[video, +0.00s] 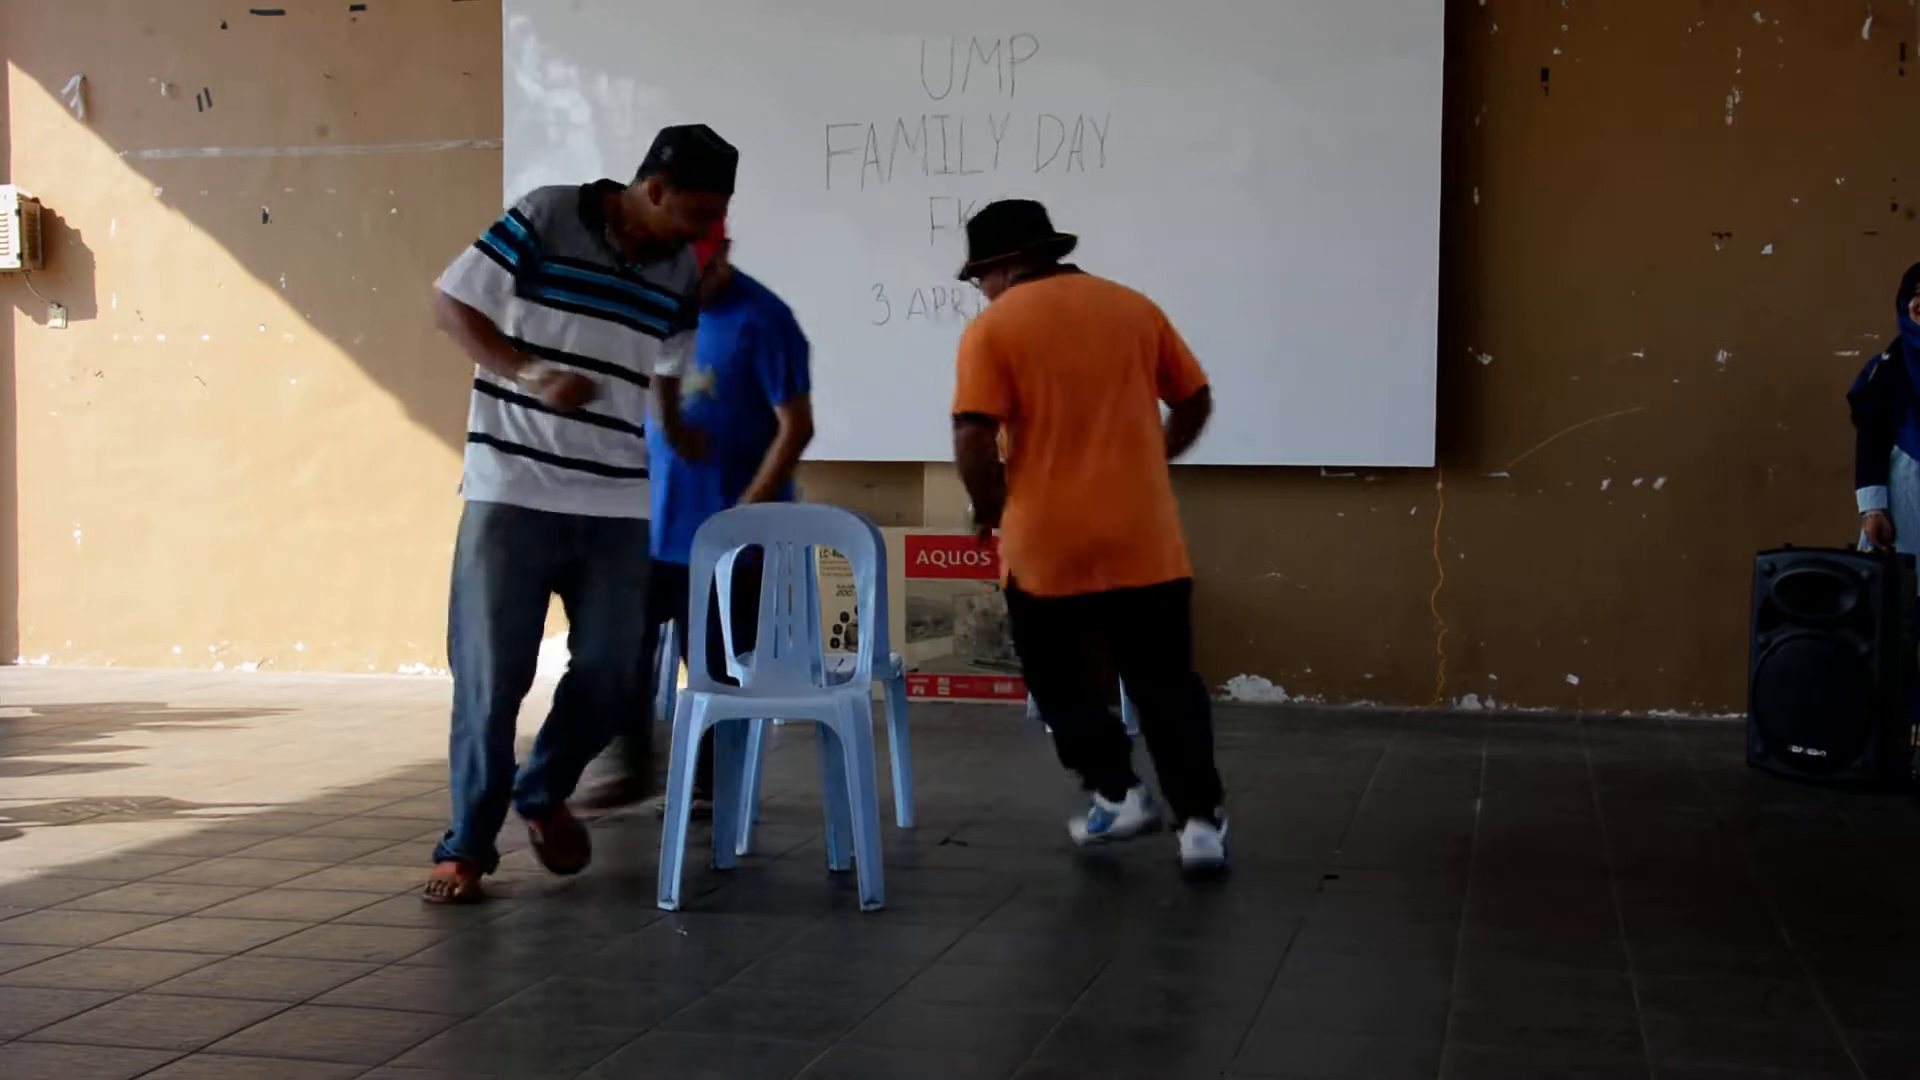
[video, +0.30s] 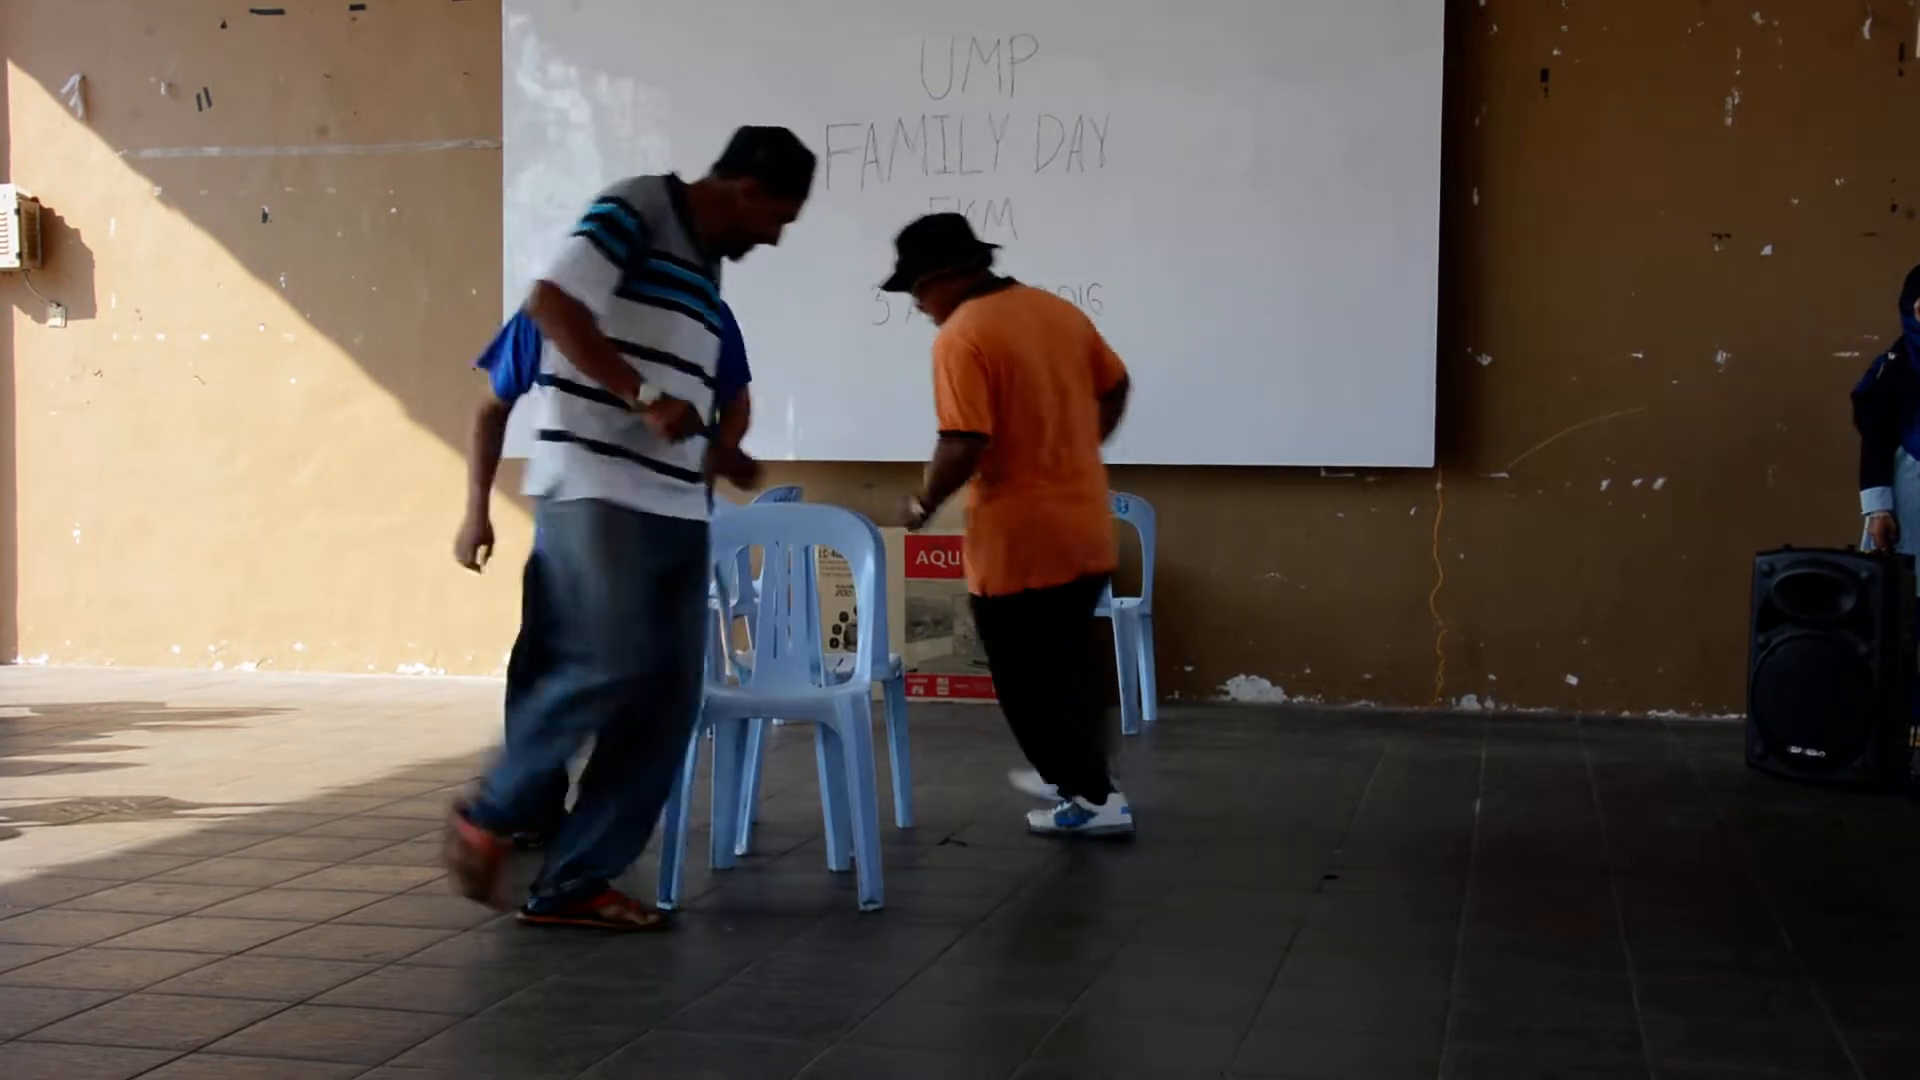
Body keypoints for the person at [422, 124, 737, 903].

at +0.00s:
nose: (694, 235)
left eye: (706, 222)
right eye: (690, 217)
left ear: (695, 205)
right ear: (651, 185)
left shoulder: (683, 270)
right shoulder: (547, 217)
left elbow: (666, 368)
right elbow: (454, 300)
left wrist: (674, 426)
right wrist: (524, 370)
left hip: (617, 507)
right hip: (511, 493)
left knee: (614, 674)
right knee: (491, 677)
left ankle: (540, 792)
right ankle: (465, 849)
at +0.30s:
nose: (776, 238)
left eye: (786, 223)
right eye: (779, 218)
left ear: (751, 195)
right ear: (744, 186)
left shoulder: (706, 268)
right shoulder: (637, 206)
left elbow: (683, 389)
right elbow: (552, 301)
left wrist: (717, 453)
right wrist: (639, 395)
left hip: (672, 506)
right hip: (591, 486)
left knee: (665, 702)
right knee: (608, 665)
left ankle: (574, 882)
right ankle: (492, 817)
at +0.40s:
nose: (801, 240)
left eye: (811, 227)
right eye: (807, 221)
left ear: (779, 192)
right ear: (778, 187)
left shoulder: (722, 258)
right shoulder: (675, 196)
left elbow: (686, 378)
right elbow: (579, 273)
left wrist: (751, 437)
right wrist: (656, 367)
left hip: (665, 480)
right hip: (628, 472)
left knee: (683, 666)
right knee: (694, 659)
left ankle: (585, 873)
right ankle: (594, 872)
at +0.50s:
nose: (829, 239)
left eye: (838, 227)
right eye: (834, 220)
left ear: (806, 189)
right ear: (808, 187)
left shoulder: (749, 244)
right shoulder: (727, 187)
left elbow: (701, 381)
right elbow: (635, 248)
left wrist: (780, 452)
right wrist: (708, 349)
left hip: (691, 476)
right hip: (679, 472)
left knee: (690, 682)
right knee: (765, 679)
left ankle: (575, 877)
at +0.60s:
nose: (861, 244)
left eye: (871, 231)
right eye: (868, 225)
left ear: (834, 195)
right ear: (844, 198)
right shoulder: (778, 197)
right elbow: (723, 269)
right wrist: (799, 372)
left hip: (705, 478)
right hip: (733, 476)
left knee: (775, 683)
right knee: (802, 682)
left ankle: (637, 837)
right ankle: (777, 902)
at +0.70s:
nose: (886, 240)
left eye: (891, 228)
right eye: (890, 223)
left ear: (832, 178)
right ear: (876, 197)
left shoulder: (744, 229)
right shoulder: (837, 195)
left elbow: (672, 361)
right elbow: (826, 283)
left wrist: (737, 428)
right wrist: (903, 374)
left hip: (727, 481)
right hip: (779, 476)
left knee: (835, 676)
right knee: (845, 678)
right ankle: (781, 898)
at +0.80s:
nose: (909, 233)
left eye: (907, 222)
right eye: (910, 218)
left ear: (851, 187)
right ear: (897, 199)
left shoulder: (756, 245)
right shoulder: (874, 198)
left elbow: (691, 365)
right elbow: (911, 288)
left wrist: (765, 415)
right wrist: (955, 363)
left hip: (752, 478)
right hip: (819, 465)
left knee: (860, 682)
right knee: (898, 684)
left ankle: (861, 881)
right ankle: (813, 879)